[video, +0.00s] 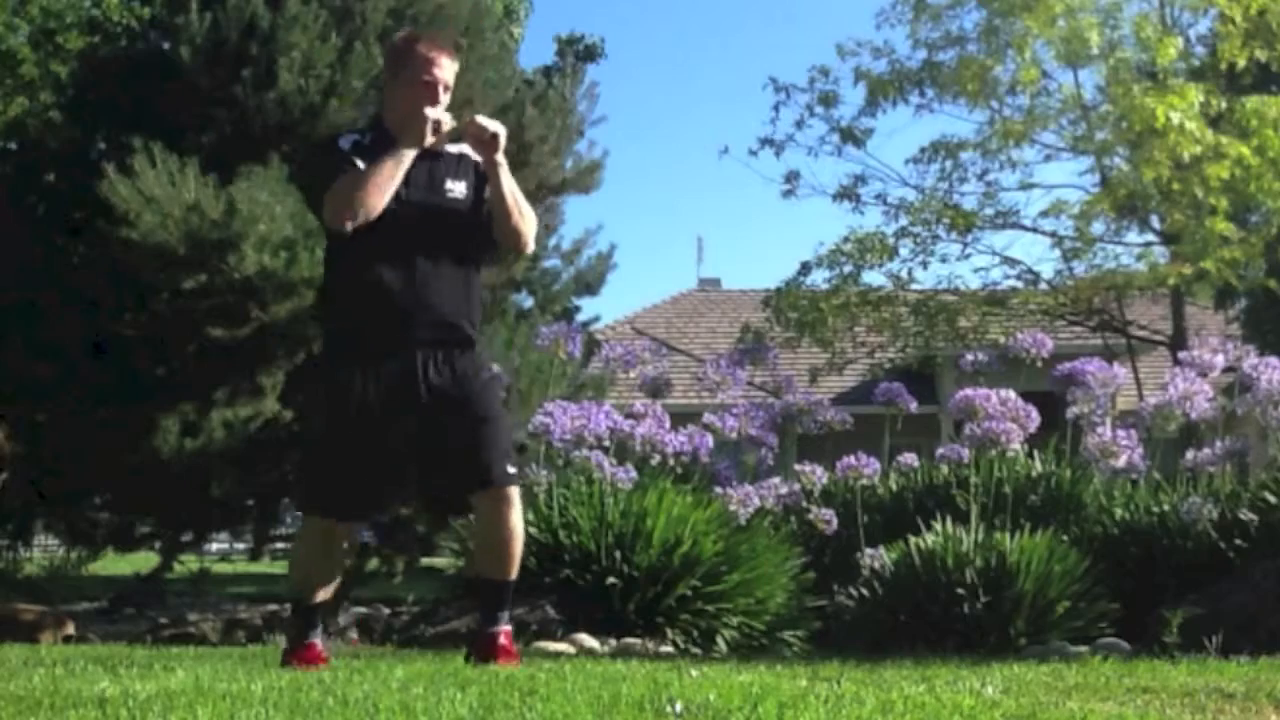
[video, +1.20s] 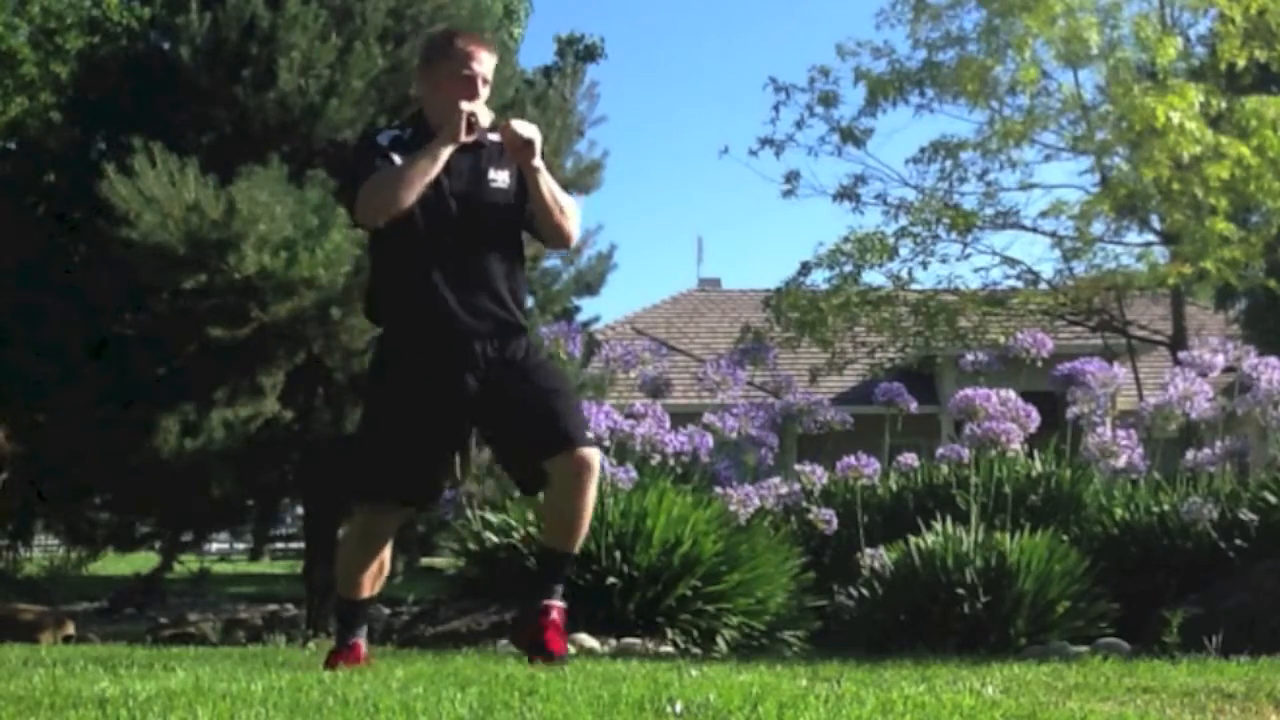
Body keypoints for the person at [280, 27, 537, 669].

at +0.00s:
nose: (435, 96)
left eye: (444, 88)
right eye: (423, 83)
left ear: (454, 95)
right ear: (389, 81)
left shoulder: (474, 167)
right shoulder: (348, 150)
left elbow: (523, 240)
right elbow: (345, 215)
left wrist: (497, 163)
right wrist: (413, 145)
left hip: (455, 362)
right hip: (361, 363)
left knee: (500, 491)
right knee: (333, 509)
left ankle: (495, 632)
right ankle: (306, 640)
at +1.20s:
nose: (475, 90)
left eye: (484, 82)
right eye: (463, 78)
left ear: (491, 91)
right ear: (425, 80)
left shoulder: (510, 156)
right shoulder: (385, 148)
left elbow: (565, 234)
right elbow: (372, 211)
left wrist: (533, 167)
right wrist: (447, 143)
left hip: (506, 347)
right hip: (417, 351)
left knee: (579, 462)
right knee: (380, 507)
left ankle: (548, 607)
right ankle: (351, 641)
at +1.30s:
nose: (501, 86)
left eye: (510, 78)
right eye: (488, 74)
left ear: (520, 86)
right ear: (451, 76)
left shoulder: (535, 148)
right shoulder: (412, 143)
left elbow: (593, 227)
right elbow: (404, 203)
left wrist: (564, 157)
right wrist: (476, 136)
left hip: (531, 348)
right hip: (439, 353)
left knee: (609, 458)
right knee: (394, 504)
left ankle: (622, 618)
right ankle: (355, 631)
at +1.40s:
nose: (536, 110)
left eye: (543, 101)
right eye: (521, 98)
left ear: (550, 110)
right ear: (481, 101)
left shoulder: (568, 177)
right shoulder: (440, 164)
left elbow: (634, 240)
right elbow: (453, 212)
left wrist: (604, 164)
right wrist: (525, 147)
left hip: (553, 375)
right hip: (459, 376)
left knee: (626, 490)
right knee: (404, 518)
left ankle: (708, 618)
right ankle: (360, 637)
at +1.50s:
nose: (578, 128)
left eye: (584, 118)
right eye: (562, 115)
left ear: (595, 130)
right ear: (521, 126)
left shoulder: (611, 207)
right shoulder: (498, 191)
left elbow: (684, 237)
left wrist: (651, 163)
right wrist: (603, 141)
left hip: (593, 402)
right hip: (501, 398)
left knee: (677, 512)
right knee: (421, 531)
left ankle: (725, 646)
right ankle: (364, 640)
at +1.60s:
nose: (628, 112)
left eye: (631, 104)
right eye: (613, 101)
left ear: (634, 116)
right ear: (570, 114)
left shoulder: (635, 180)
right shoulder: (573, 178)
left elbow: (706, 215)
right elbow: (666, 175)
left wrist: (683, 140)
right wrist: (668, 107)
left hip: (658, 385)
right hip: (582, 388)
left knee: (746, 495)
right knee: (499, 533)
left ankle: (750, 642)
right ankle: (388, 623)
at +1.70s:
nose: (657, 87)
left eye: (661, 78)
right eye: (642, 77)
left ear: (664, 88)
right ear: (603, 91)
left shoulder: (660, 148)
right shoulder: (610, 146)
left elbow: (722, 195)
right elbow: (704, 156)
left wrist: (711, 121)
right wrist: (703, 94)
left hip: (700, 345)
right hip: (641, 346)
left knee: (762, 496)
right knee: (664, 515)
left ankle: (752, 642)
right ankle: (550, 548)